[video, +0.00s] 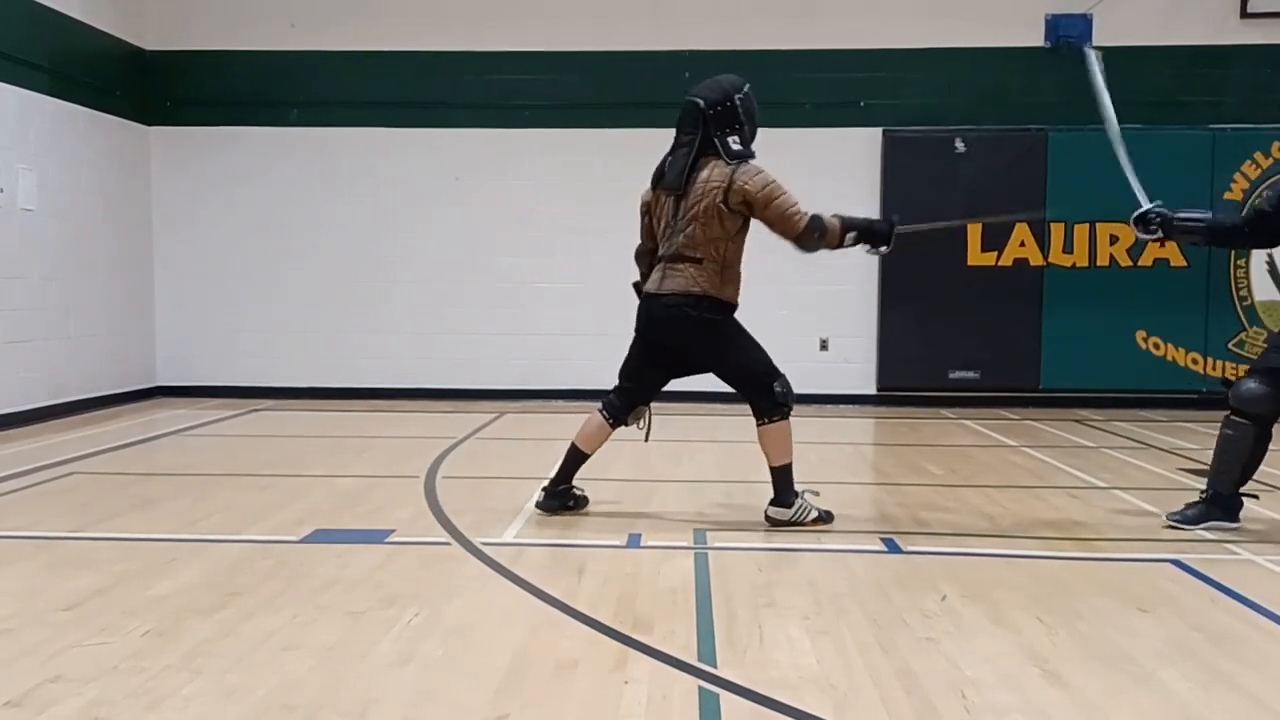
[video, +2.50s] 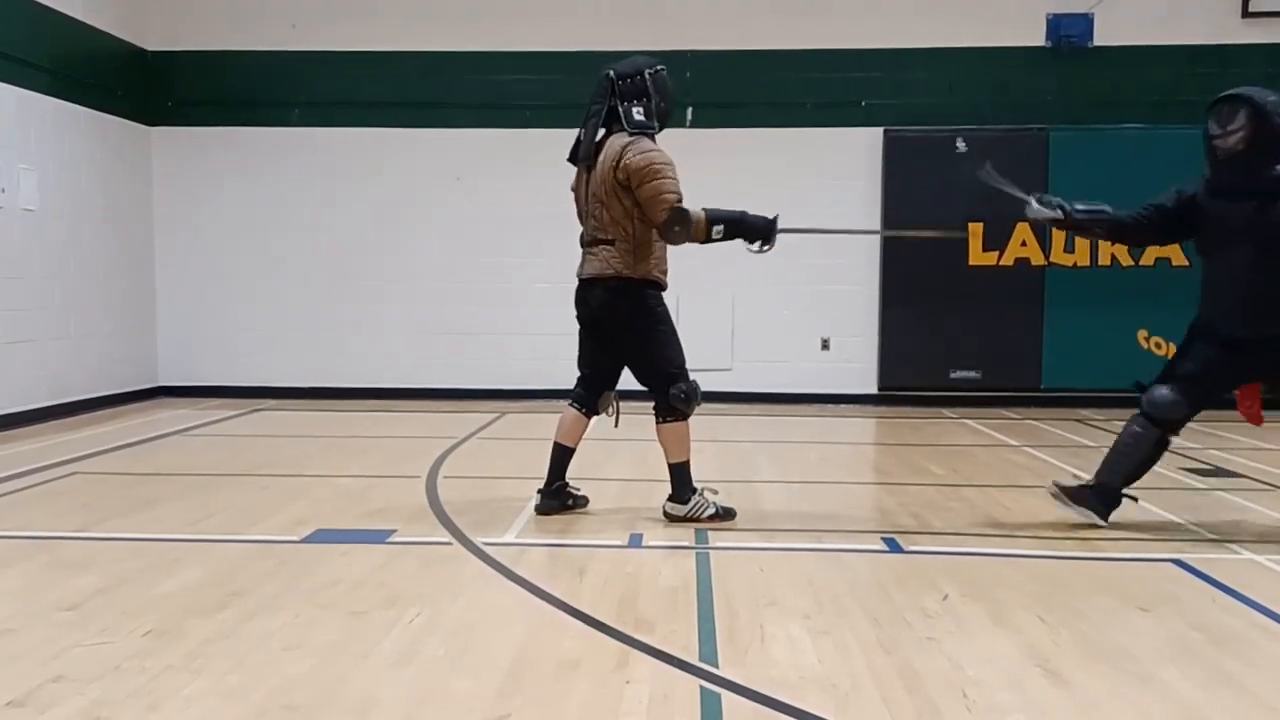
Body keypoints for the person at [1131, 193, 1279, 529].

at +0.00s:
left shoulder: (1277, 199)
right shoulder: (1278, 197)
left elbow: (1254, 231)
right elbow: (1253, 231)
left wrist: (1175, 225)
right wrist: (1174, 225)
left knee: (1256, 395)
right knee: (1253, 395)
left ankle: (1221, 499)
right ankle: (1221, 499)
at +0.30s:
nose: (1265, 141)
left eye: (1273, 132)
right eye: (1258, 133)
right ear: (1248, 138)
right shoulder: (1247, 189)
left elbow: (1192, 209)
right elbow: (1189, 209)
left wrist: (1125, 205)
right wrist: (1122, 204)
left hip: (1269, 325)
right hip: (1260, 323)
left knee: (1216, 399)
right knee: (1212, 399)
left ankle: (1185, 498)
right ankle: (1184, 498)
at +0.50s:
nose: (1226, 136)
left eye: (1239, 127)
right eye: (1222, 128)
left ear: (1267, 132)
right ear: (1216, 134)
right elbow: (1169, 239)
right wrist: (1118, 248)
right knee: (1197, 394)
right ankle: (1181, 496)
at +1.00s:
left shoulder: (1273, 191)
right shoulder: (1272, 189)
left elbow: (1238, 227)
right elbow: (1238, 226)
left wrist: (1163, 237)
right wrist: (1165, 237)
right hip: (1279, 317)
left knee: (1252, 388)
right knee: (1251, 388)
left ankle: (1233, 498)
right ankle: (1232, 497)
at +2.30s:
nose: (1270, 125)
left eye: (1276, 116)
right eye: (1265, 116)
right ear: (1257, 123)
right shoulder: (1254, 178)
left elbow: (1193, 213)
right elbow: (1192, 213)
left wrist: (1114, 219)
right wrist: (1112, 220)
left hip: (1270, 316)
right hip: (1259, 314)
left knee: (1209, 388)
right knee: (1203, 389)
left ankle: (1193, 493)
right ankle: (1193, 494)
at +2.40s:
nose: (1253, 128)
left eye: (1265, 117)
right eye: (1248, 118)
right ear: (1240, 126)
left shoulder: (1269, 184)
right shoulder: (1238, 190)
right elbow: (1174, 224)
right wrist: (1097, 223)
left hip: (1269, 322)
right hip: (1250, 320)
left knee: (1191, 388)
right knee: (1186, 389)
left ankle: (1143, 488)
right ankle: (1142, 490)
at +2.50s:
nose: (1220, 133)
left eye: (1234, 125)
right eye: (1218, 124)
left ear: (1263, 132)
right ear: (1211, 128)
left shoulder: (1271, 189)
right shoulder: (1211, 194)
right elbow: (1144, 225)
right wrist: (1069, 217)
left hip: (1270, 328)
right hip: (1223, 328)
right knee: (1165, 403)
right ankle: (1103, 491)